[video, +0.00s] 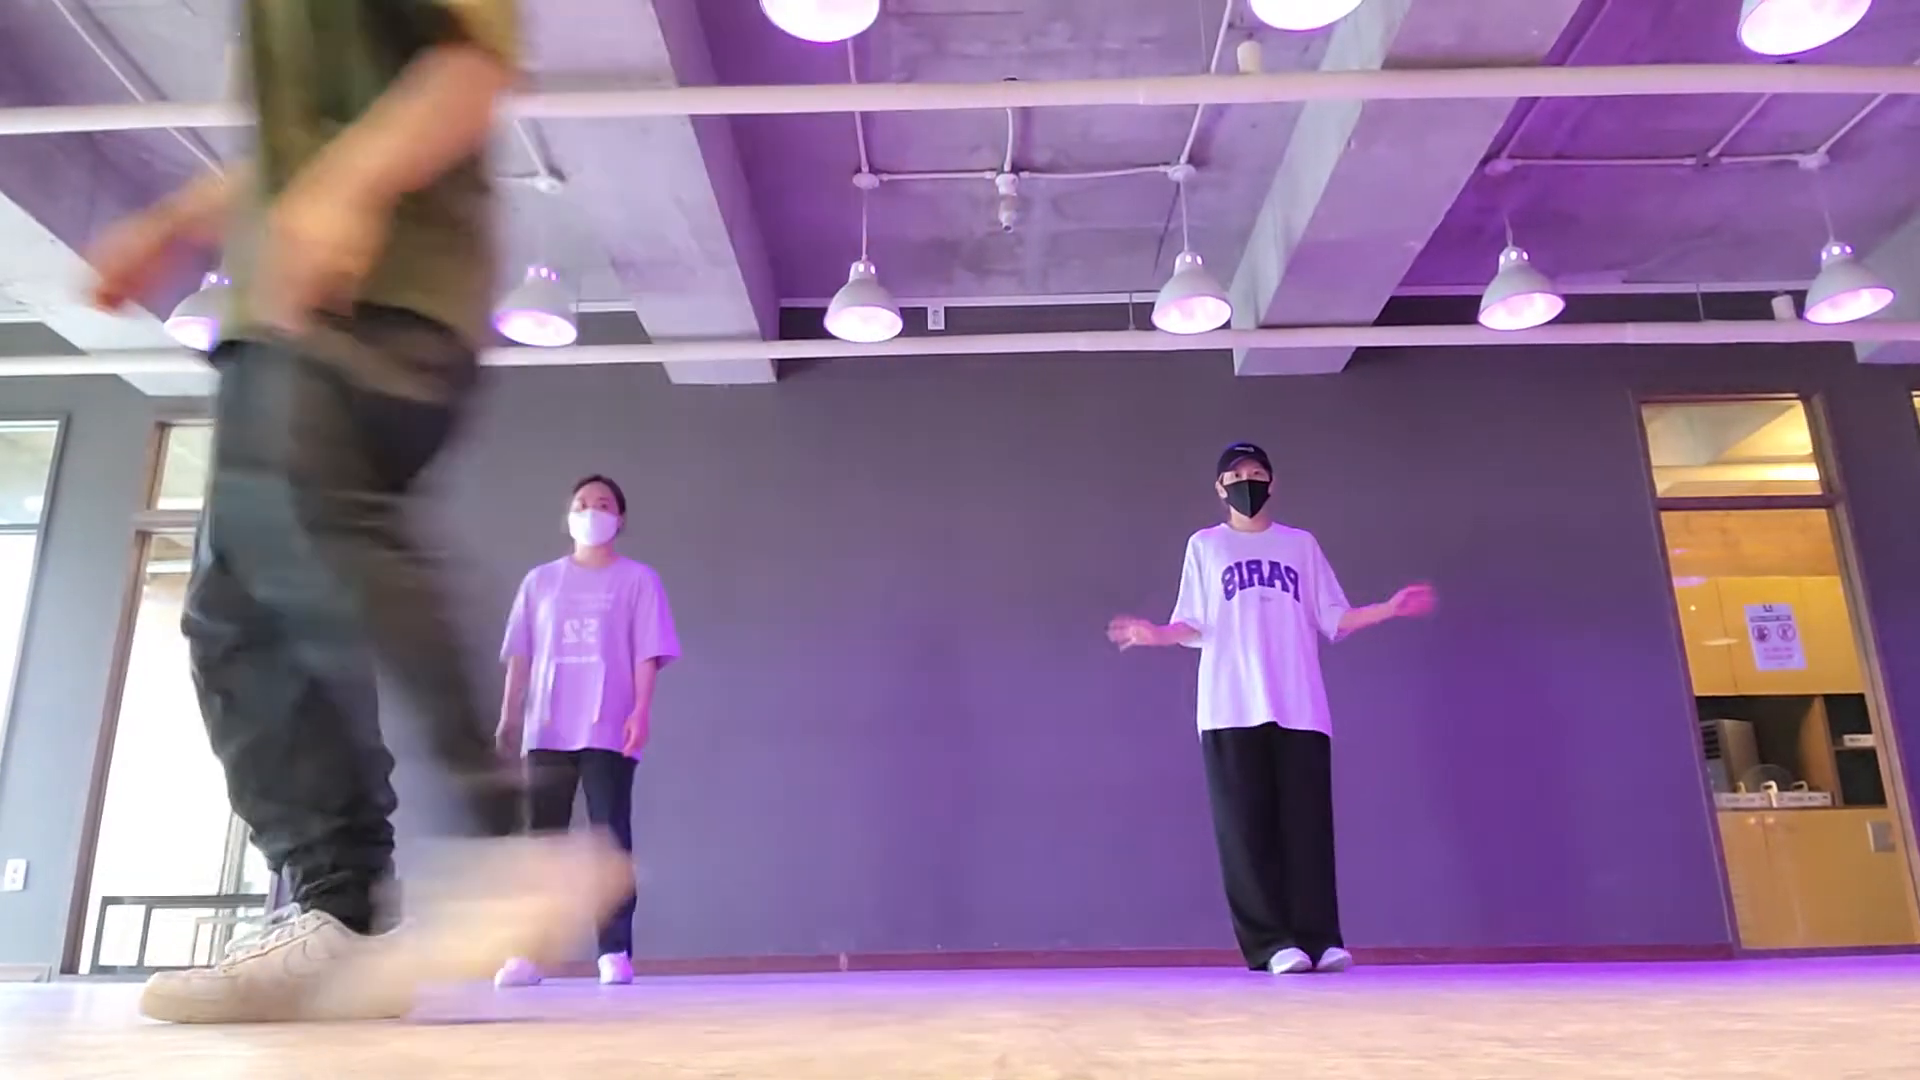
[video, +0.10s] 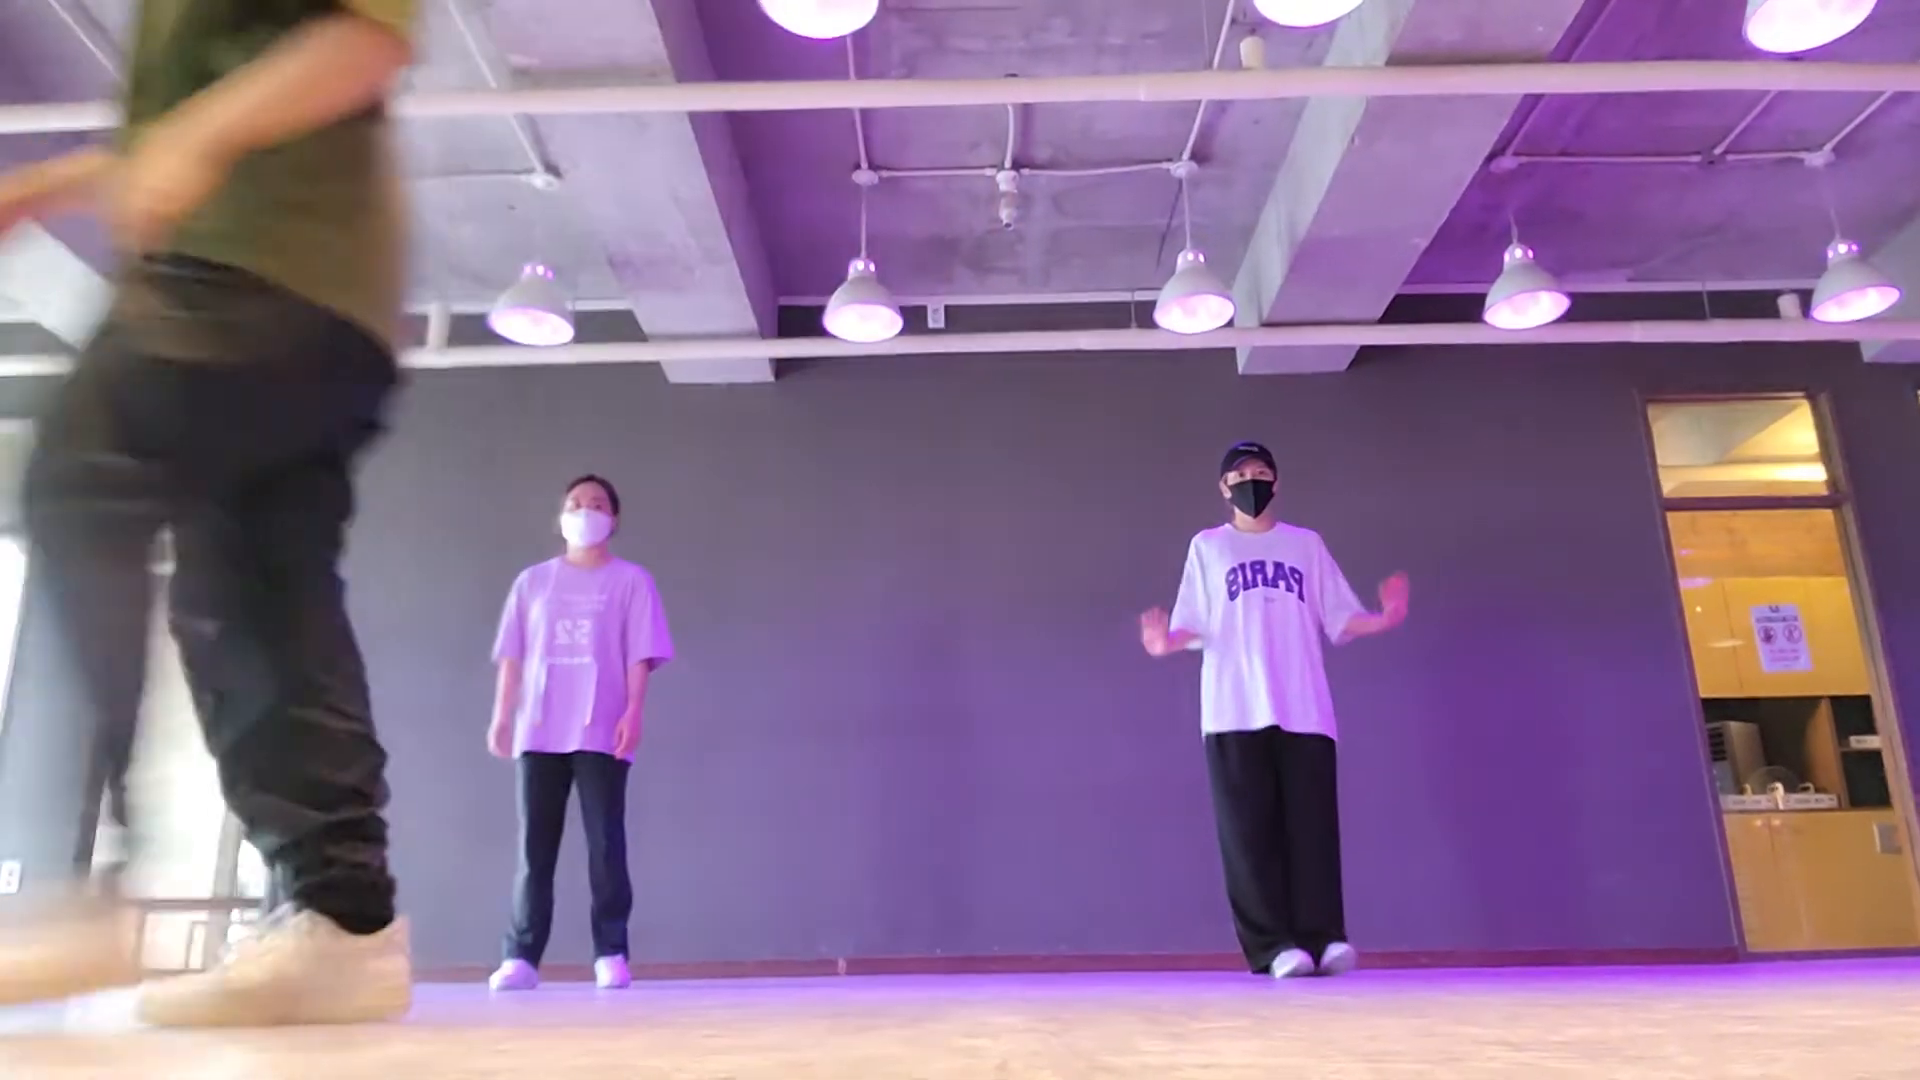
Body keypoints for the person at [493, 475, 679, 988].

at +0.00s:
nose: (590, 513)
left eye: (602, 507)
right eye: (582, 506)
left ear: (619, 521)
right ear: (567, 519)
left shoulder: (639, 581)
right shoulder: (539, 581)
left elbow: (648, 655)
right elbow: (518, 657)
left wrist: (641, 713)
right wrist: (509, 718)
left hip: (608, 729)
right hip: (547, 729)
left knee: (611, 842)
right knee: (539, 844)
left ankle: (614, 951)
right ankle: (526, 951)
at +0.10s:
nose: (584, 513)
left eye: (596, 507)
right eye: (575, 506)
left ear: (613, 522)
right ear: (560, 520)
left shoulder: (632, 581)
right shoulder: (531, 581)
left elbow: (641, 656)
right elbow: (510, 656)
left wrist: (633, 713)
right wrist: (502, 714)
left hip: (600, 731)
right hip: (539, 730)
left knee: (606, 847)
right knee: (534, 850)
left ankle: (611, 954)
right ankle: (521, 956)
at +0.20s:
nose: (574, 518)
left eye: (587, 510)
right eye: (566, 509)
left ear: (604, 522)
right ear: (550, 519)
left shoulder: (623, 583)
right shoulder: (522, 581)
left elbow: (632, 659)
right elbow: (498, 657)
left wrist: (622, 719)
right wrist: (490, 716)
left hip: (590, 736)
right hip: (530, 735)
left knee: (597, 854)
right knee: (527, 856)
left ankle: (605, 959)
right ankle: (515, 961)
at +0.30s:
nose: (586, 513)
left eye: (597, 508)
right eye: (576, 507)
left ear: (612, 523)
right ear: (562, 522)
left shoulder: (632, 580)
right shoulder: (533, 580)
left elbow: (640, 654)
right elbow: (512, 653)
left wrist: (631, 710)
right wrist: (503, 710)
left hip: (598, 728)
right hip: (537, 728)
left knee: (605, 843)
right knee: (536, 845)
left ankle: (616, 947)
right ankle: (528, 950)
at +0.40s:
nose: (582, 514)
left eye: (593, 509)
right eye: (572, 508)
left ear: (608, 523)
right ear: (558, 522)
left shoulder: (628, 581)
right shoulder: (528, 580)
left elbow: (636, 655)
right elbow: (507, 653)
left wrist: (627, 711)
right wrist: (498, 710)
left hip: (593, 728)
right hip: (532, 728)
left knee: (602, 844)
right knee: (533, 846)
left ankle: (616, 948)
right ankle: (527, 951)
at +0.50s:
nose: (578, 515)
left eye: (589, 509)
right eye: (568, 508)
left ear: (605, 524)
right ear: (554, 522)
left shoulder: (623, 581)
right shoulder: (525, 580)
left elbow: (632, 656)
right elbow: (503, 653)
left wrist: (624, 714)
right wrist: (494, 711)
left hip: (588, 728)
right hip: (527, 728)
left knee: (599, 843)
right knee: (530, 846)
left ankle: (615, 948)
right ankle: (526, 952)